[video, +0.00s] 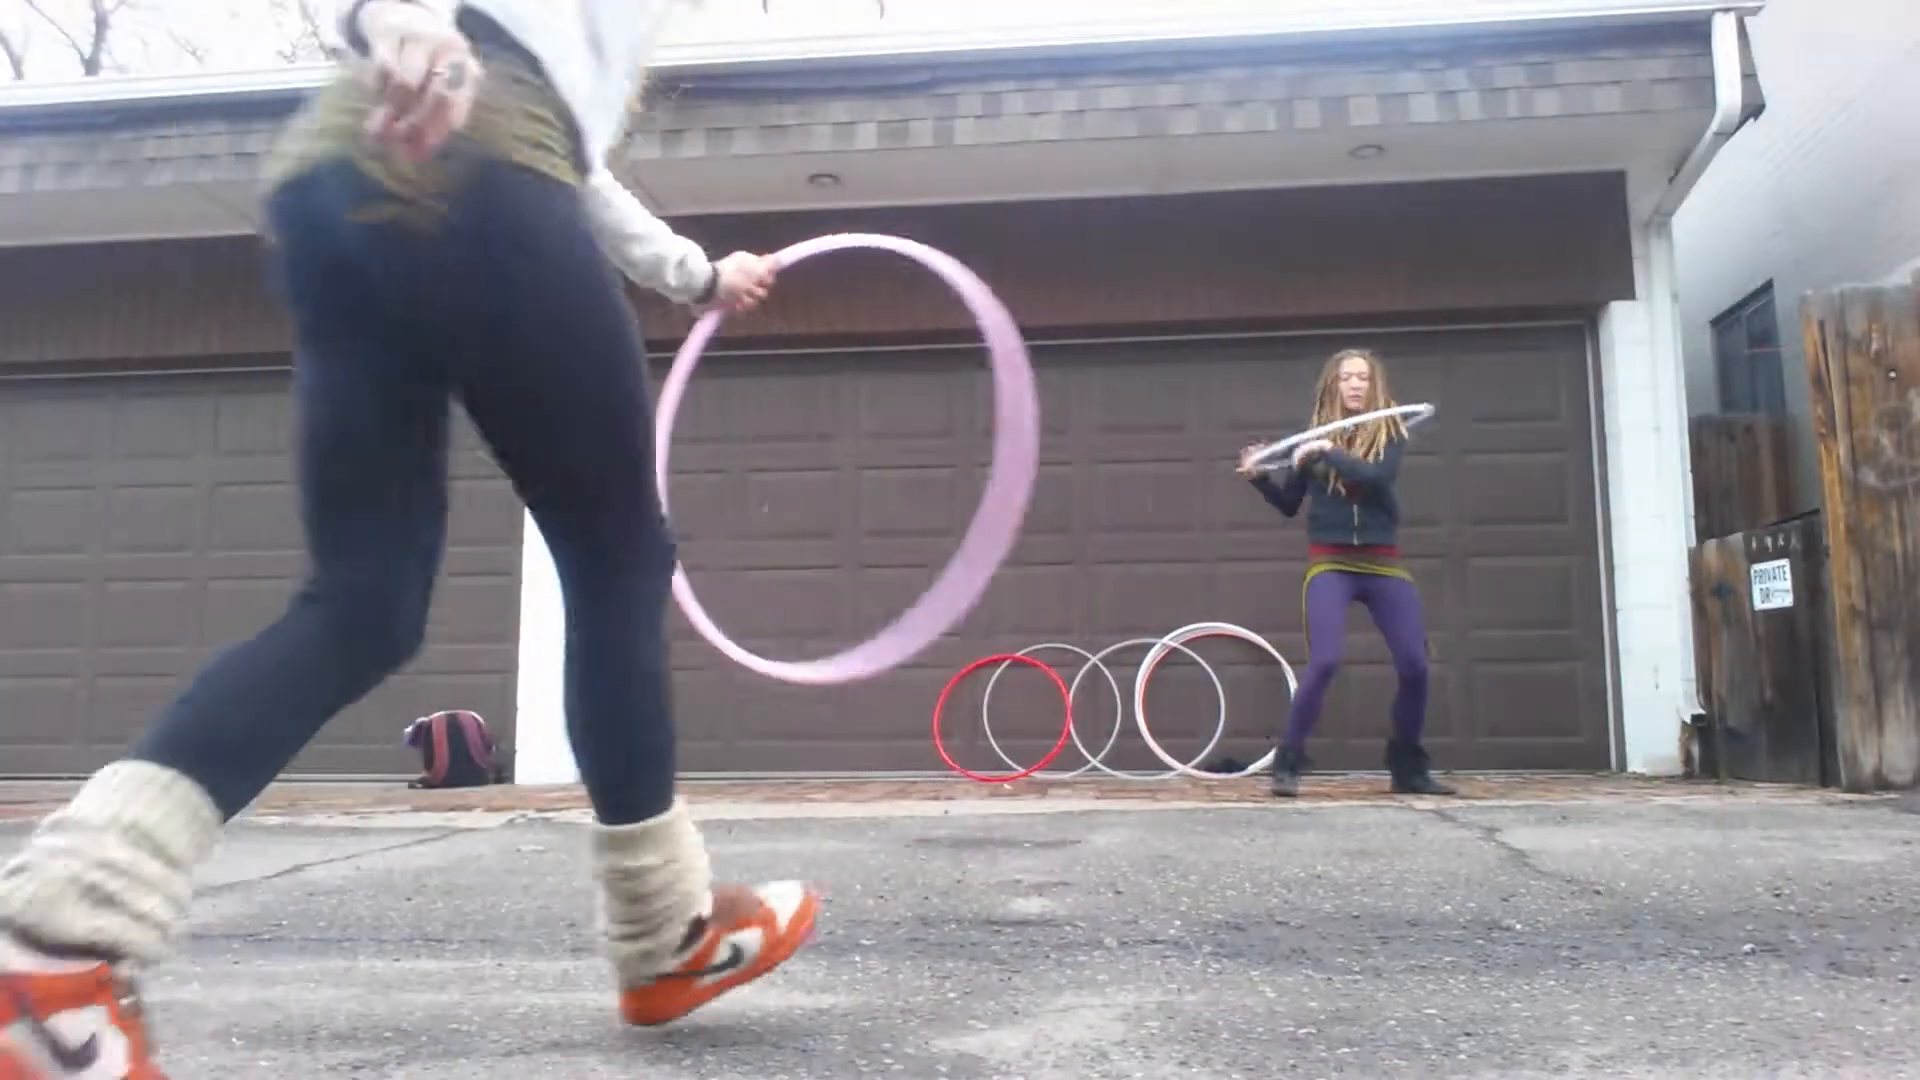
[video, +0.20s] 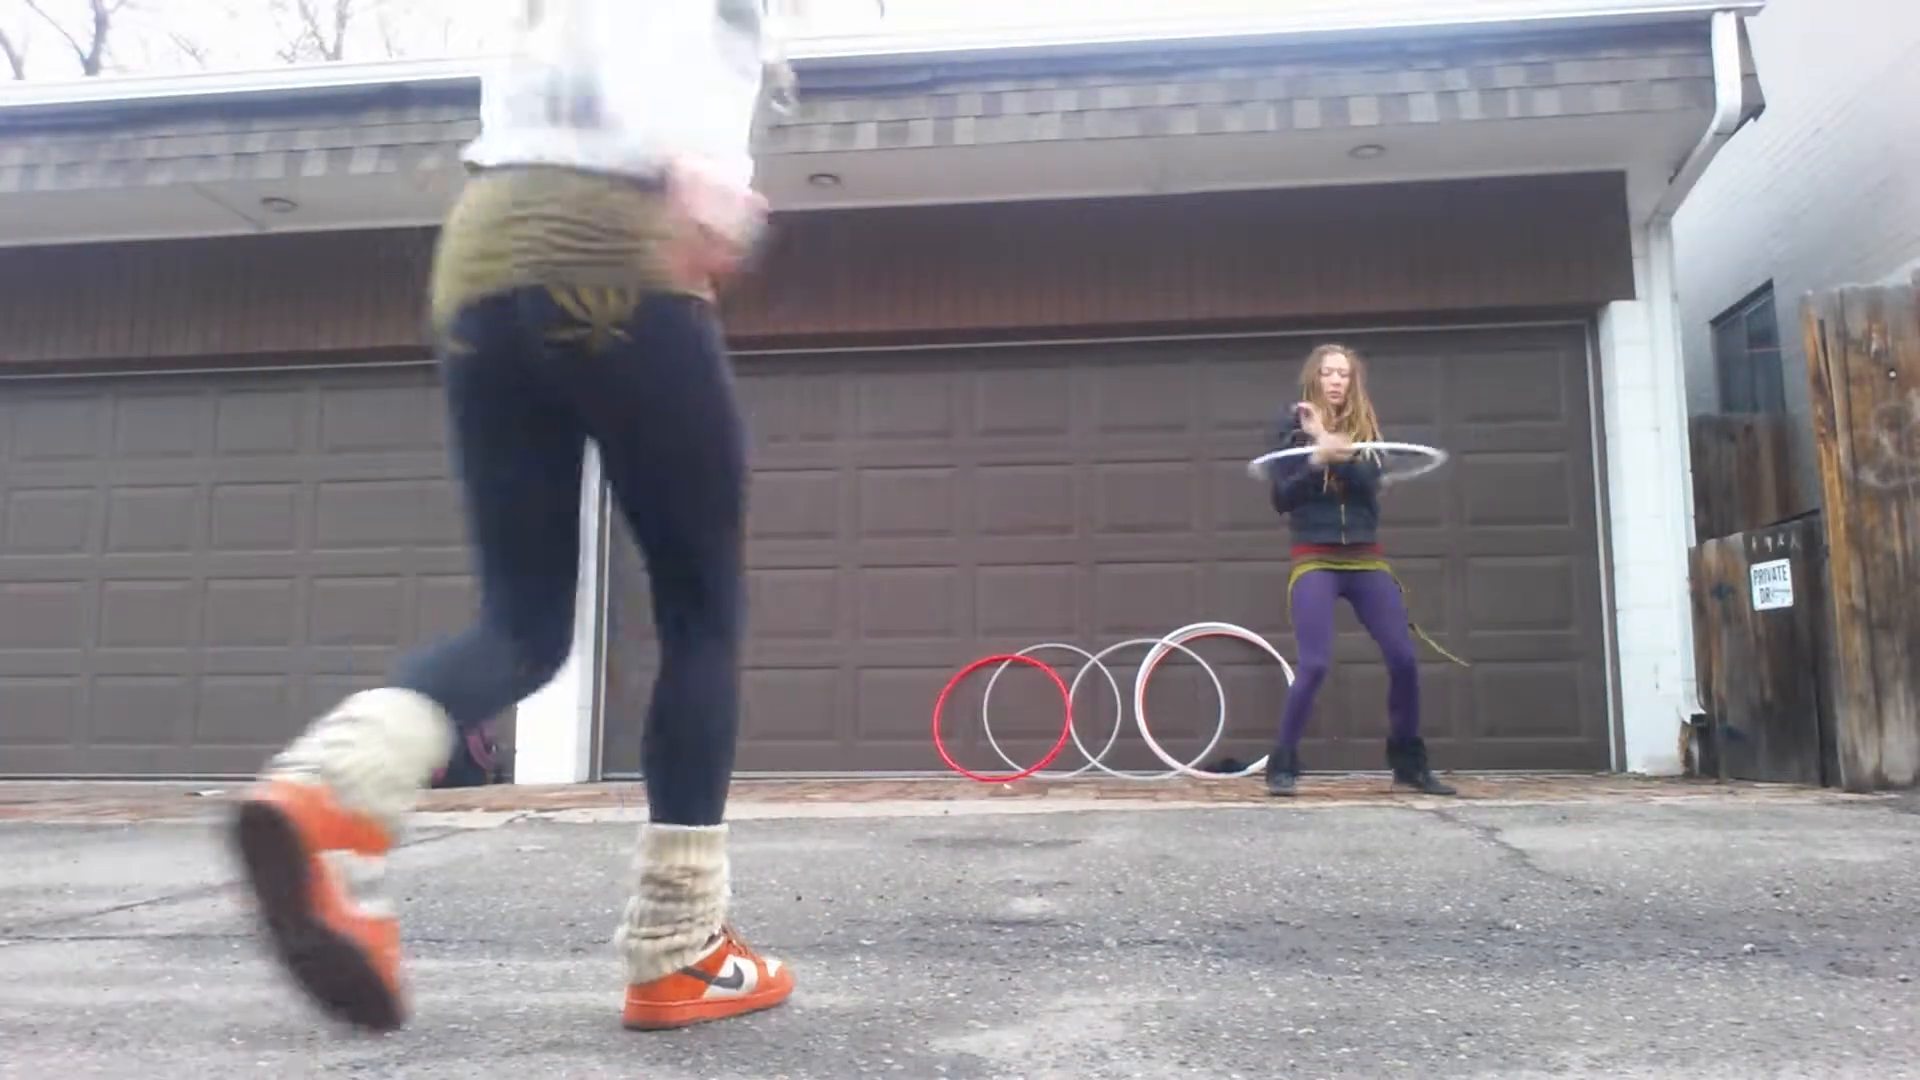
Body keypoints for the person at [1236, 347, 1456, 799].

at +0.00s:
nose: (1356, 385)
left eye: (1364, 378)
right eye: (1348, 378)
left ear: (1375, 386)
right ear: (1333, 385)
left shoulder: (1387, 430)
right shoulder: (1313, 438)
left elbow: (1379, 478)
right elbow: (1289, 503)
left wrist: (1329, 454)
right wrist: (1261, 476)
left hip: (1383, 563)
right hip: (1329, 562)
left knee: (1415, 666)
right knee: (1325, 660)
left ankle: (1407, 769)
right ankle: (1287, 763)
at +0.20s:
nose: (1338, 381)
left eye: (1345, 374)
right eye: (1330, 373)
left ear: (1355, 382)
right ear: (1312, 378)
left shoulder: (1364, 425)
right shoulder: (1290, 425)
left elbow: (1369, 483)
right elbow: (1282, 497)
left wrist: (1326, 440)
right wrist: (1321, 458)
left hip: (1365, 557)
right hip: (1314, 558)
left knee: (1404, 658)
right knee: (1314, 665)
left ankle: (1408, 764)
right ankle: (1282, 765)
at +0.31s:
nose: (1327, 376)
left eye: (1332, 369)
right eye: (1319, 368)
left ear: (1342, 376)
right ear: (1302, 375)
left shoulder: (1354, 422)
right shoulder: (1286, 424)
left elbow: (1383, 474)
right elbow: (1283, 488)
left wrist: (1354, 425)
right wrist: (1348, 487)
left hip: (1351, 549)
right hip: (1306, 554)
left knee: (1420, 614)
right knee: (1313, 663)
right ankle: (1283, 761)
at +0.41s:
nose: (1329, 375)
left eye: (1331, 367)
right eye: (1319, 369)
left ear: (1334, 372)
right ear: (1300, 375)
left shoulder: (1336, 420)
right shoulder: (1283, 424)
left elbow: (1368, 467)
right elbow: (1287, 494)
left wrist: (1400, 466)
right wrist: (1350, 503)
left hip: (1345, 549)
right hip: (1306, 556)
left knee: (1424, 590)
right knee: (1314, 663)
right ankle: (1283, 762)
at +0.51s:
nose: (1335, 372)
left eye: (1335, 365)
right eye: (1326, 366)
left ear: (1333, 369)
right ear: (1305, 371)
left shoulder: (1331, 420)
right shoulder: (1292, 420)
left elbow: (1340, 492)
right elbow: (1299, 488)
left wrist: (1397, 502)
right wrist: (1357, 505)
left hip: (1348, 545)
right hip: (1311, 551)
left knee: (1424, 586)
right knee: (1314, 662)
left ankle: (1349, 624)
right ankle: (1283, 763)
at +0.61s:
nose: (1343, 370)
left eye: (1342, 362)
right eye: (1336, 362)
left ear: (1322, 367)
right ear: (1314, 366)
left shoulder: (1325, 411)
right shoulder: (1305, 406)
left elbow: (1318, 480)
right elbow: (1352, 463)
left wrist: (1356, 496)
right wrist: (1381, 477)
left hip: (1348, 543)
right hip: (1312, 548)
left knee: (1423, 597)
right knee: (1312, 656)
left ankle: (1387, 682)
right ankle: (1282, 761)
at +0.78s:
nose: (1362, 367)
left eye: (1362, 359)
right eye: (1354, 359)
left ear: (1350, 364)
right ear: (1331, 364)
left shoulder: (1354, 406)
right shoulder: (1312, 402)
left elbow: (1354, 465)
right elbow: (1350, 449)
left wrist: (1384, 457)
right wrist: (1384, 456)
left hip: (1372, 544)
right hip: (1328, 547)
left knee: (1417, 646)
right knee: (1313, 658)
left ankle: (1446, 761)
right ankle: (1282, 765)